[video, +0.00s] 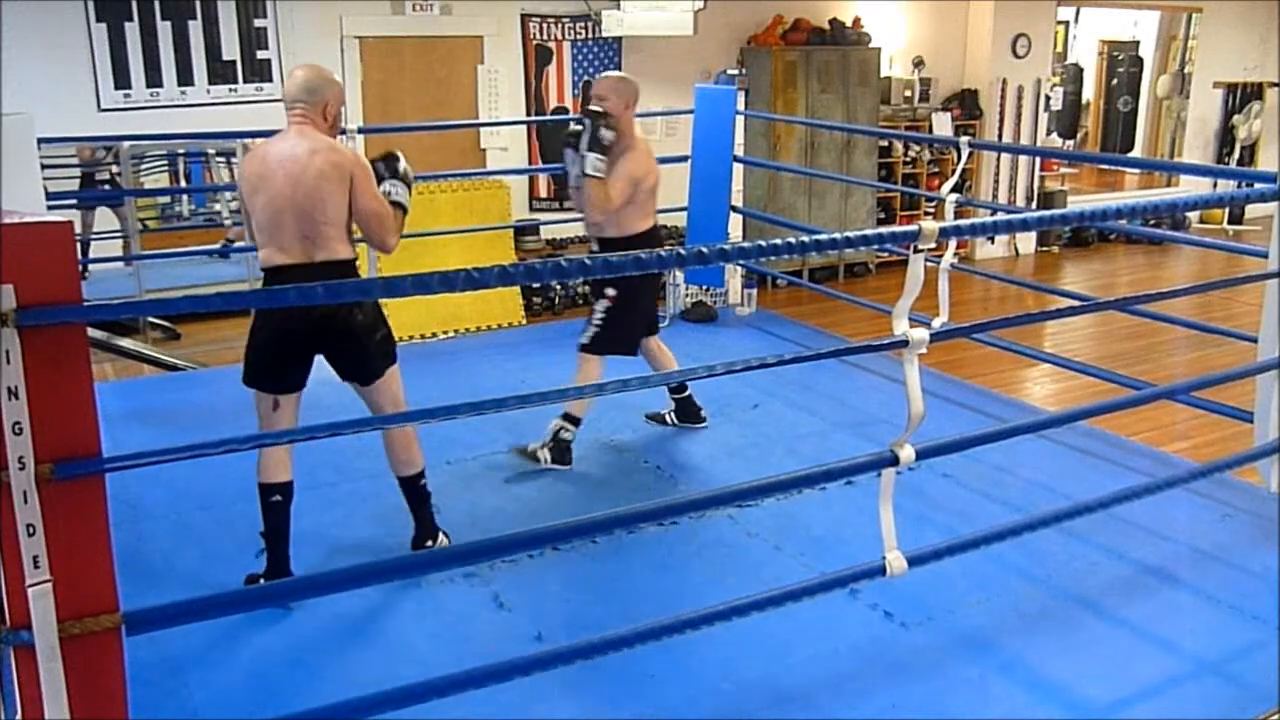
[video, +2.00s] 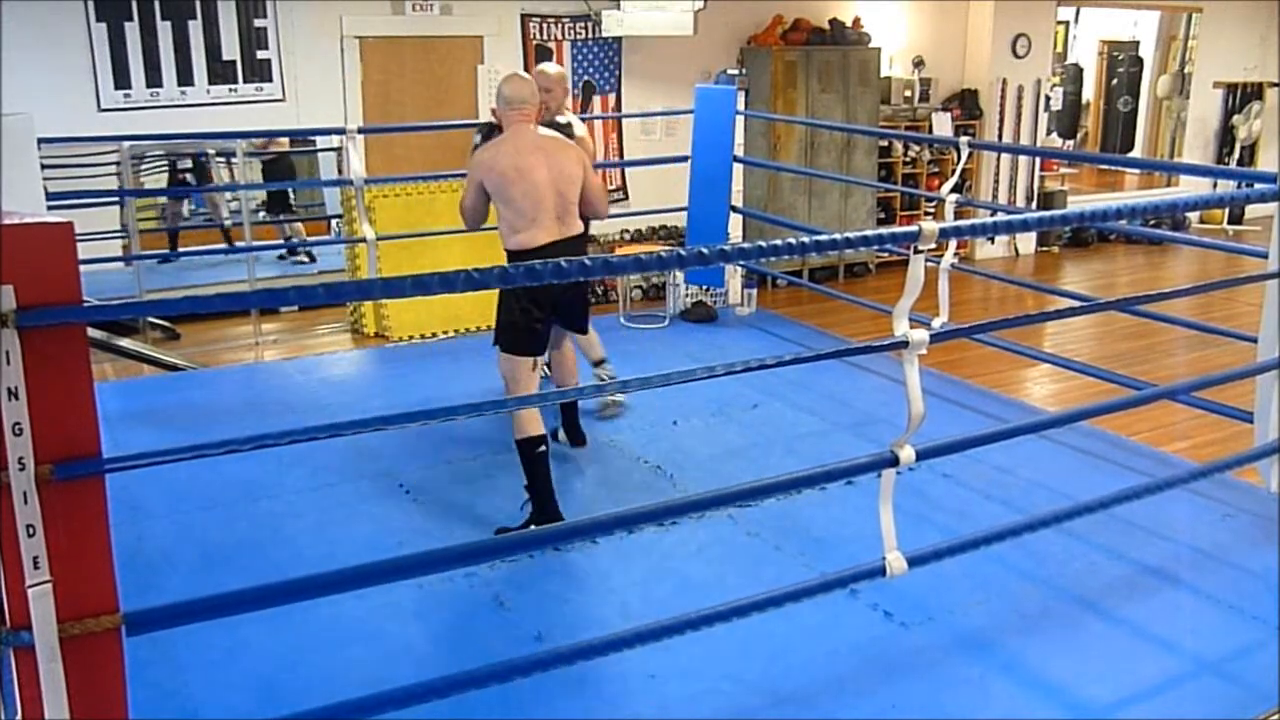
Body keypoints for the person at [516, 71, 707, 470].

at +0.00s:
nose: (592, 108)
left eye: (602, 101)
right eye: (592, 100)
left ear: (626, 106)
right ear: (596, 103)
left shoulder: (636, 158)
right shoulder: (610, 148)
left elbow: (599, 212)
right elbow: (584, 204)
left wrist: (594, 159)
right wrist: (574, 163)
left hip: (633, 261)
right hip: (619, 255)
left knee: (591, 350)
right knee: (644, 338)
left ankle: (561, 441)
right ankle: (686, 405)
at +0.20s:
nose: (616, 92)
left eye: (625, 85)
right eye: (616, 84)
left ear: (650, 92)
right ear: (626, 91)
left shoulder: (659, 138)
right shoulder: (629, 135)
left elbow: (657, 205)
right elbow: (608, 192)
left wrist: (616, 163)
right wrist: (595, 150)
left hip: (657, 244)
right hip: (638, 239)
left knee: (618, 336)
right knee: (659, 329)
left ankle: (612, 434)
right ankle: (689, 406)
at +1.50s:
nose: (591, 90)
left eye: (599, 83)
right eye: (588, 84)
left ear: (621, 85)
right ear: (586, 88)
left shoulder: (638, 128)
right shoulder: (589, 129)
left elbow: (639, 183)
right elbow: (575, 173)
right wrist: (568, 136)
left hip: (636, 220)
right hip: (605, 221)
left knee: (614, 315)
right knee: (607, 306)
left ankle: (638, 393)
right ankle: (645, 363)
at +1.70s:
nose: (578, 93)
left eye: (585, 86)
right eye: (574, 86)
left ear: (606, 88)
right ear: (572, 90)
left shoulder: (619, 133)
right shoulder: (583, 127)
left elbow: (616, 193)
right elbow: (574, 178)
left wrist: (587, 151)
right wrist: (560, 135)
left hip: (615, 224)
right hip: (585, 219)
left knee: (605, 318)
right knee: (577, 294)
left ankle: (637, 395)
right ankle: (584, 355)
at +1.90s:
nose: (553, 102)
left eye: (561, 95)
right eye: (548, 95)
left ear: (583, 97)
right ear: (543, 96)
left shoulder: (592, 139)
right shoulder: (540, 133)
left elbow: (592, 193)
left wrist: (567, 156)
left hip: (585, 231)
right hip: (549, 229)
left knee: (594, 320)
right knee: (546, 312)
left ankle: (634, 392)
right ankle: (546, 368)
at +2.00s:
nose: (540, 98)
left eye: (548, 91)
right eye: (537, 90)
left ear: (566, 93)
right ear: (532, 92)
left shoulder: (577, 132)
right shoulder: (524, 129)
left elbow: (589, 178)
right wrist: (488, 144)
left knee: (572, 316)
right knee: (539, 316)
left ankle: (606, 377)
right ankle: (535, 376)